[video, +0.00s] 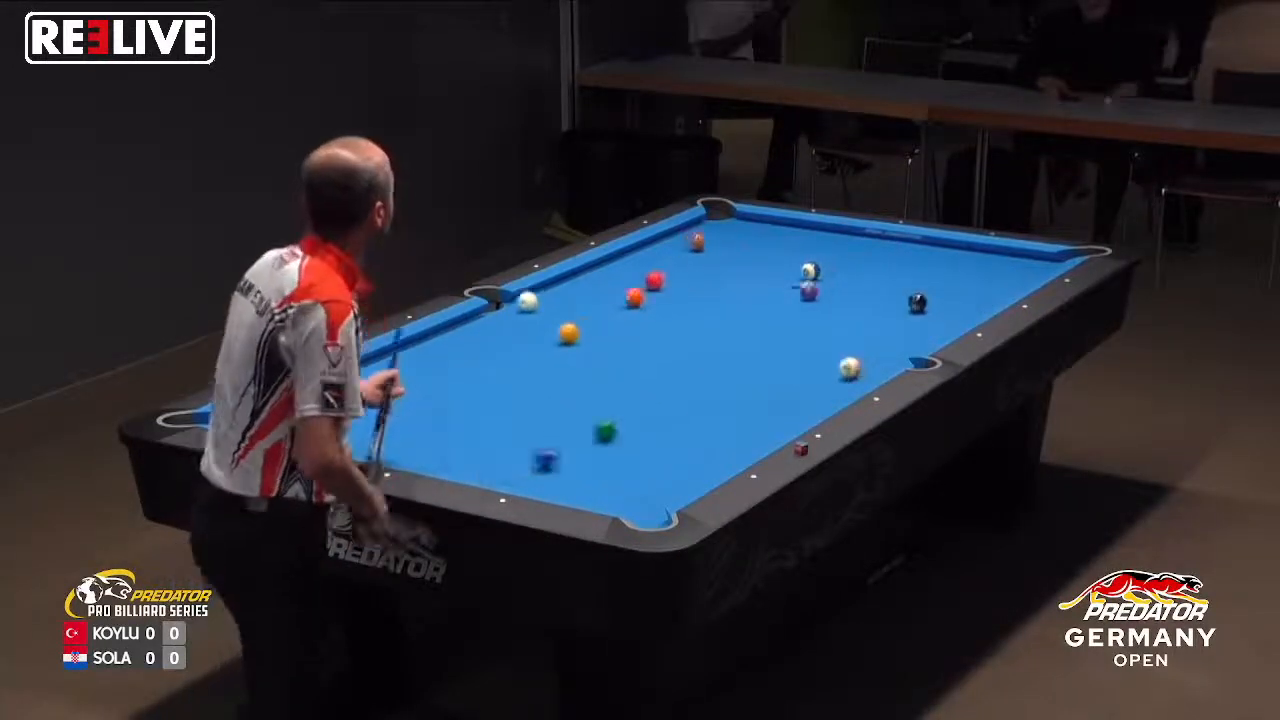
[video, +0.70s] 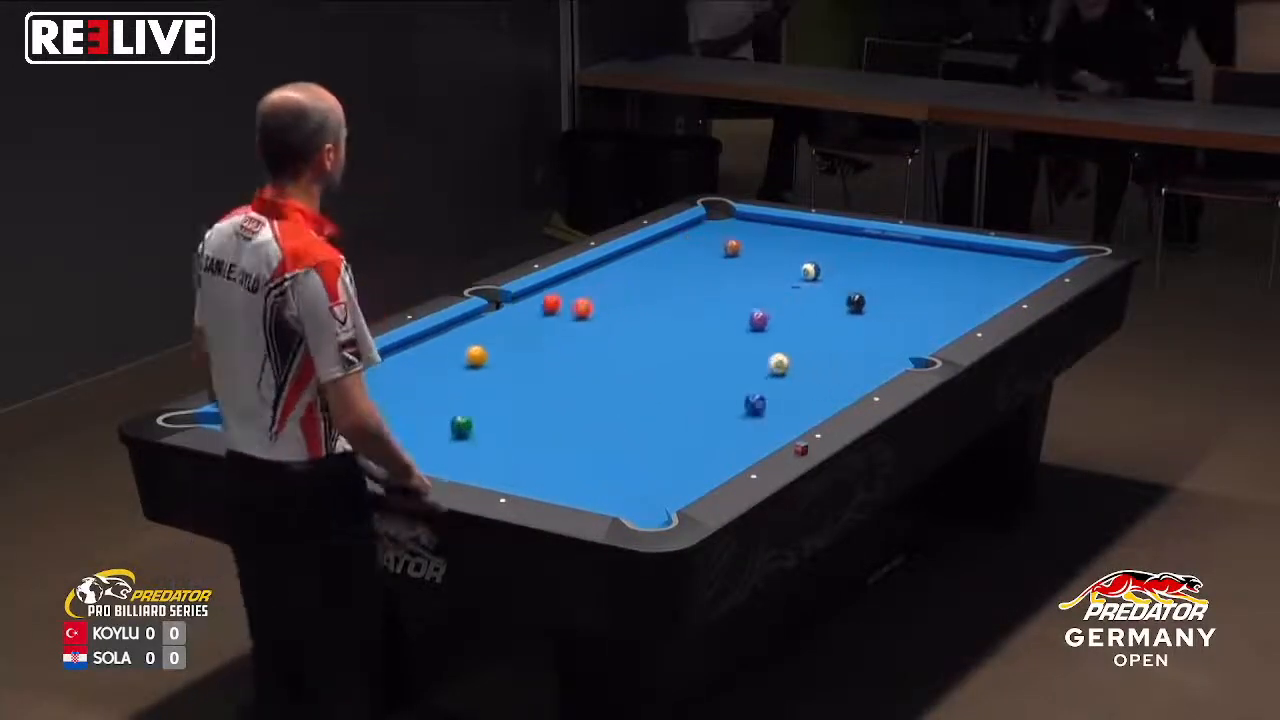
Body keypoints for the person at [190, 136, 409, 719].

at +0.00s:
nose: (393, 205)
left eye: (392, 192)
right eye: (392, 195)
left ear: (312, 199)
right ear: (378, 212)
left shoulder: (270, 266)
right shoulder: (327, 303)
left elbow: (272, 383)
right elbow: (320, 455)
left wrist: (355, 391)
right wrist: (371, 506)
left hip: (224, 504)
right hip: (270, 523)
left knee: (273, 669)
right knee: (292, 677)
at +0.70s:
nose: (344, 154)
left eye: (341, 142)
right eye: (342, 143)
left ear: (267, 148)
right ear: (328, 155)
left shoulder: (219, 238)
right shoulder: (313, 259)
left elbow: (209, 355)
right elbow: (353, 416)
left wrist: (266, 406)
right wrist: (406, 472)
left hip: (245, 479)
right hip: (314, 487)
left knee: (276, 653)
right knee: (339, 653)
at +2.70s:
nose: (323, 224)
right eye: (322, 212)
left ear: (228, 222)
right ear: (312, 228)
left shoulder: (173, 317)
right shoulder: (314, 356)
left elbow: (166, 459)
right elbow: (357, 517)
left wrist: (186, 540)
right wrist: (406, 616)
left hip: (222, 569)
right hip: (305, 579)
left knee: (251, 703)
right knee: (329, 704)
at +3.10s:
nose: (308, 217)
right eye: (308, 206)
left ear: (215, 212)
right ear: (298, 218)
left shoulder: (159, 309)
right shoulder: (308, 343)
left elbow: (140, 452)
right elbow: (347, 503)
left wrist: (158, 535)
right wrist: (386, 596)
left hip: (196, 558)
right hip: (285, 568)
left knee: (212, 696)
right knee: (295, 700)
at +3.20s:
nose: (292, 215)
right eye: (292, 204)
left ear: (200, 209)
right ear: (283, 215)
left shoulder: (144, 308)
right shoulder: (298, 338)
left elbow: (127, 446)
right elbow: (338, 494)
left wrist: (144, 534)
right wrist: (371, 587)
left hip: (185, 554)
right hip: (278, 561)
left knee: (190, 698)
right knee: (289, 698)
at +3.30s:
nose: (279, 211)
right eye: (278, 200)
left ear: (186, 207)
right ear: (270, 212)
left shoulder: (131, 306)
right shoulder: (288, 332)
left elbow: (113, 449)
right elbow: (331, 489)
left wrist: (132, 523)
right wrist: (359, 583)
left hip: (174, 550)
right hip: (270, 556)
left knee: (174, 701)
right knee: (283, 698)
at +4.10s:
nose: (139, 173)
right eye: (138, 163)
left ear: (55, 165)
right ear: (132, 171)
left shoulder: (14, 263)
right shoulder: (178, 270)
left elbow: (10, 386)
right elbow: (202, 410)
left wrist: (27, 402)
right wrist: (193, 485)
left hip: (53, 502)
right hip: (151, 496)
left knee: (88, 669)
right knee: (139, 668)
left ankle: (104, 718)